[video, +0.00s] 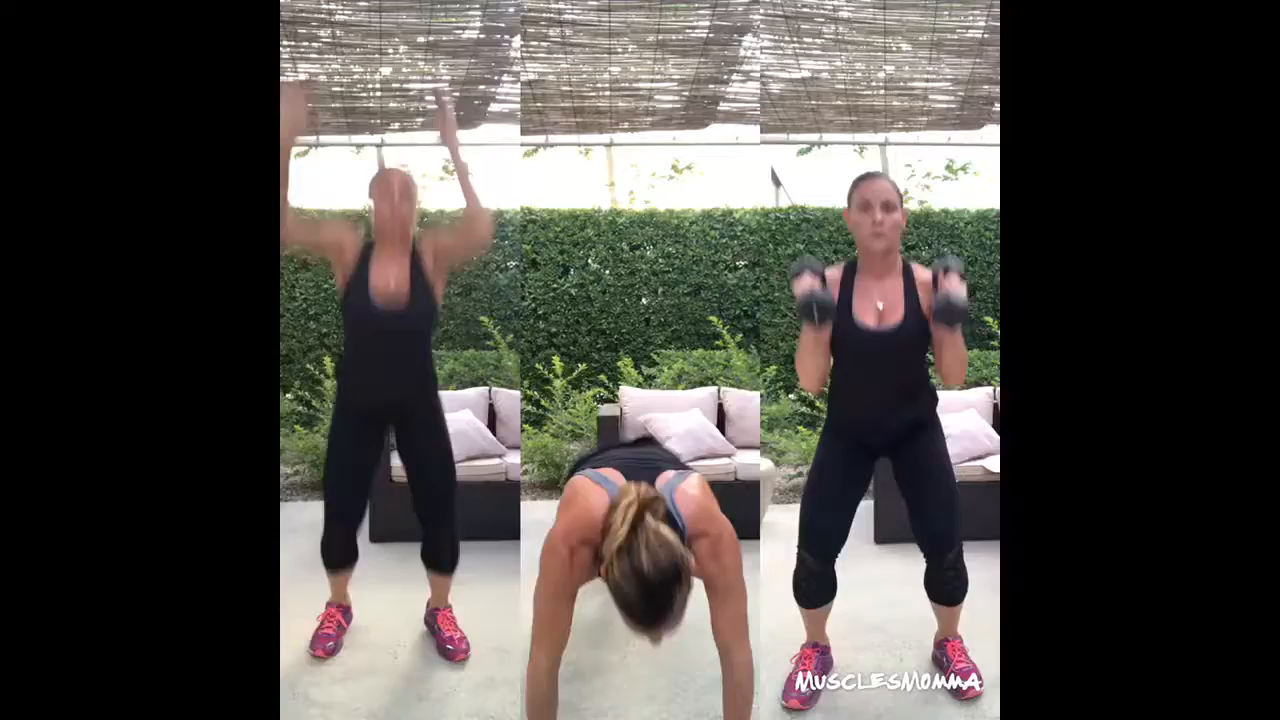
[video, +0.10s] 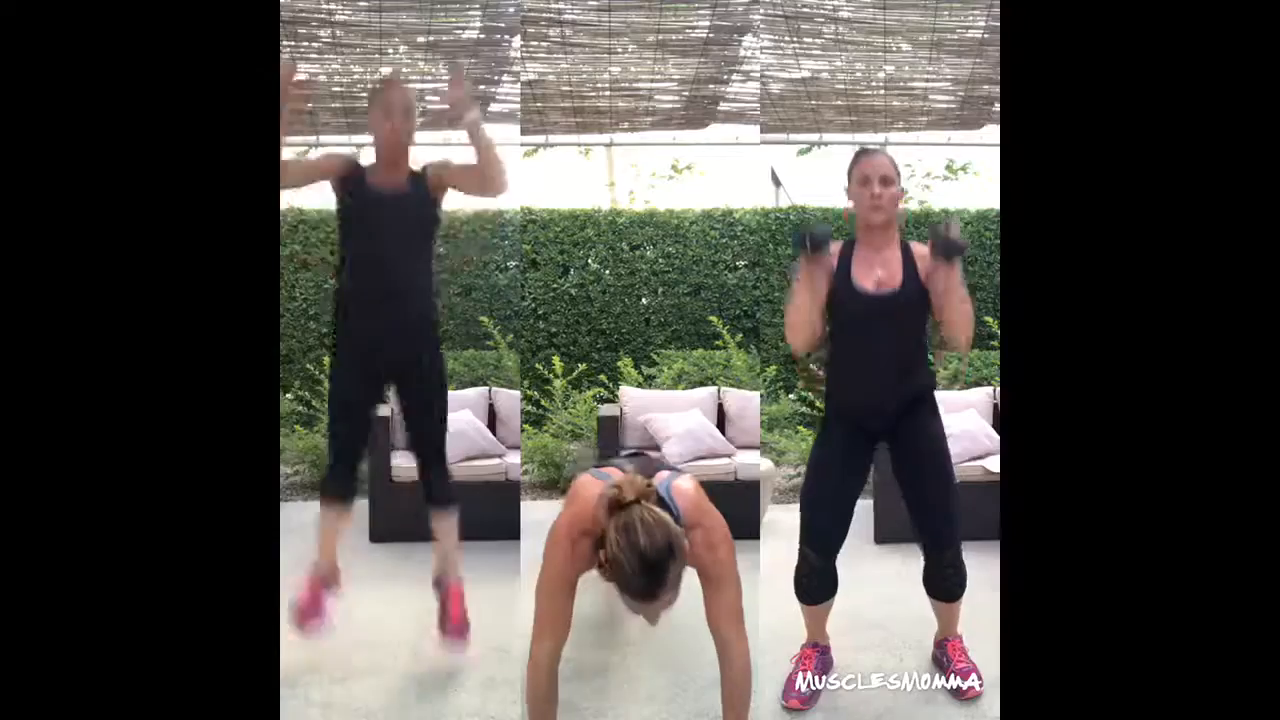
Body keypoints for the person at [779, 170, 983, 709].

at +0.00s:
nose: (878, 216)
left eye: (888, 207)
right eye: (865, 208)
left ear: (903, 218)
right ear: (848, 221)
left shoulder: (930, 284)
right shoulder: (828, 285)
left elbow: (954, 377)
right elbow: (811, 381)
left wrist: (947, 316)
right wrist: (815, 314)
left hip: (916, 428)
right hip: (846, 429)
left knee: (945, 548)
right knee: (813, 554)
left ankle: (949, 644)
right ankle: (815, 650)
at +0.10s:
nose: (877, 190)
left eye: (886, 181)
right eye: (865, 182)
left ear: (901, 192)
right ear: (849, 195)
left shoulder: (926, 258)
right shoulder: (828, 260)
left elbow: (960, 338)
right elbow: (801, 341)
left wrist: (950, 271)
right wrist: (809, 270)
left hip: (913, 413)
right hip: (846, 415)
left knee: (943, 541)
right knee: (815, 547)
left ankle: (949, 642)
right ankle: (815, 649)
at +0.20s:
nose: (875, 168)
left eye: (885, 159)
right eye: (864, 159)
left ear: (899, 171)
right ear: (848, 171)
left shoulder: (922, 235)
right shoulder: (827, 234)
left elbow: (972, 263)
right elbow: (776, 252)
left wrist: (955, 189)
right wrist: (797, 179)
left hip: (910, 396)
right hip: (842, 397)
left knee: (938, 526)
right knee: (819, 531)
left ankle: (949, 643)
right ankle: (815, 648)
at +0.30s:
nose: (879, 157)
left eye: (888, 150)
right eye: (867, 150)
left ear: (900, 166)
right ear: (848, 164)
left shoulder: (922, 223)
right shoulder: (824, 220)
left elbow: (975, 178)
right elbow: (771, 164)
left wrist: (956, 99)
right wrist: (798, 90)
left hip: (910, 392)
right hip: (839, 394)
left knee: (935, 528)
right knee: (820, 532)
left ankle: (950, 642)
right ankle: (816, 648)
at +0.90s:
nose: (880, 163)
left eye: (890, 154)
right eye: (868, 154)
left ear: (903, 166)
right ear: (850, 165)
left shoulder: (923, 231)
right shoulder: (827, 225)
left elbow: (992, 218)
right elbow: (771, 227)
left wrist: (963, 157)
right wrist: (782, 165)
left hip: (909, 393)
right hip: (836, 393)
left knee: (932, 527)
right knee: (820, 530)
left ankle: (949, 641)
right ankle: (815, 648)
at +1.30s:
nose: (886, 167)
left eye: (896, 156)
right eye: (874, 156)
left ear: (910, 162)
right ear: (856, 163)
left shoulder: (932, 229)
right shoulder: (831, 228)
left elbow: (964, 315)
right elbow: (797, 313)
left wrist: (955, 265)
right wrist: (808, 258)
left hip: (917, 393)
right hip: (846, 394)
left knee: (938, 526)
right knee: (828, 529)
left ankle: (949, 642)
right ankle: (815, 648)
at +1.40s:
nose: (888, 173)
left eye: (897, 161)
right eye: (875, 162)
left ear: (910, 162)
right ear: (854, 164)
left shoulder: (935, 228)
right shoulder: (828, 227)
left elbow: (962, 327)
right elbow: (801, 315)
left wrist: (966, 292)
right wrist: (814, 329)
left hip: (919, 394)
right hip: (850, 394)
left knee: (939, 527)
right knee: (830, 527)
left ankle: (949, 642)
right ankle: (815, 647)